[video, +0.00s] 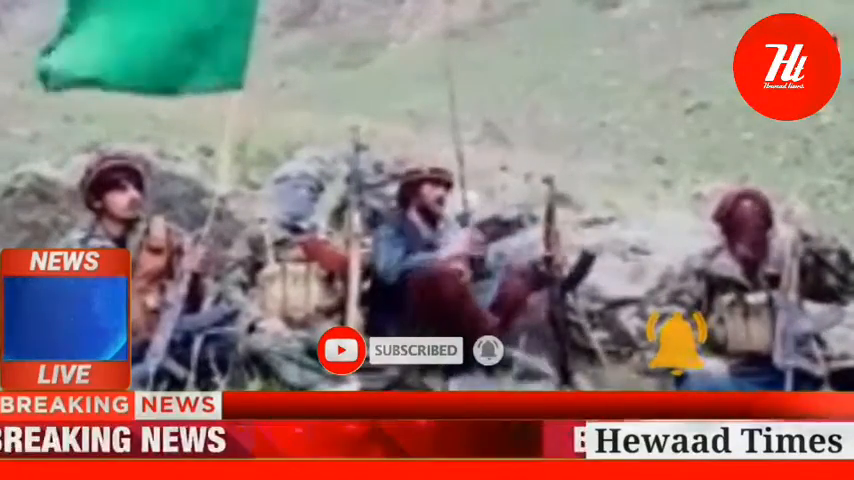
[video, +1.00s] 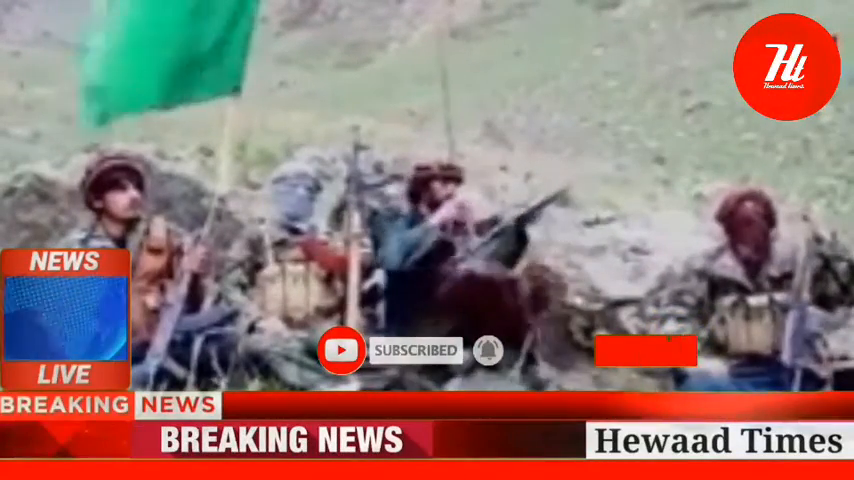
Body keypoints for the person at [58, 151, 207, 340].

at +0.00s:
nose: (135, 196)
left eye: (137, 187)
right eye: (121, 188)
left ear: (144, 193)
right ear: (97, 201)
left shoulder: (151, 246)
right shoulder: (74, 251)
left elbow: (189, 308)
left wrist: (193, 275)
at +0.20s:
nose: (135, 196)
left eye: (137, 187)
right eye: (121, 188)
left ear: (144, 193)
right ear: (97, 201)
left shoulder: (152, 245)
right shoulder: (75, 251)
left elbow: (190, 308)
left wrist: (194, 276)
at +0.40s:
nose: (135, 196)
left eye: (137, 187)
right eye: (121, 188)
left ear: (144, 193)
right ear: (97, 201)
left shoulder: (152, 245)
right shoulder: (75, 251)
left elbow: (190, 308)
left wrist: (194, 276)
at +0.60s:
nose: (135, 195)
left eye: (137, 187)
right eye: (121, 188)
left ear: (144, 193)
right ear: (97, 201)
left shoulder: (156, 243)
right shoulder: (75, 251)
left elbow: (190, 308)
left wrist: (195, 276)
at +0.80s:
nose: (135, 195)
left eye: (137, 187)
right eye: (121, 188)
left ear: (144, 193)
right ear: (97, 201)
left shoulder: (156, 243)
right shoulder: (74, 251)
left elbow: (190, 308)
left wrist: (195, 275)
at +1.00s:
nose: (135, 195)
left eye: (137, 187)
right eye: (121, 188)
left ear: (144, 193)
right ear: (97, 201)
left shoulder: (161, 239)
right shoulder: (74, 251)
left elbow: (190, 308)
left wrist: (197, 276)